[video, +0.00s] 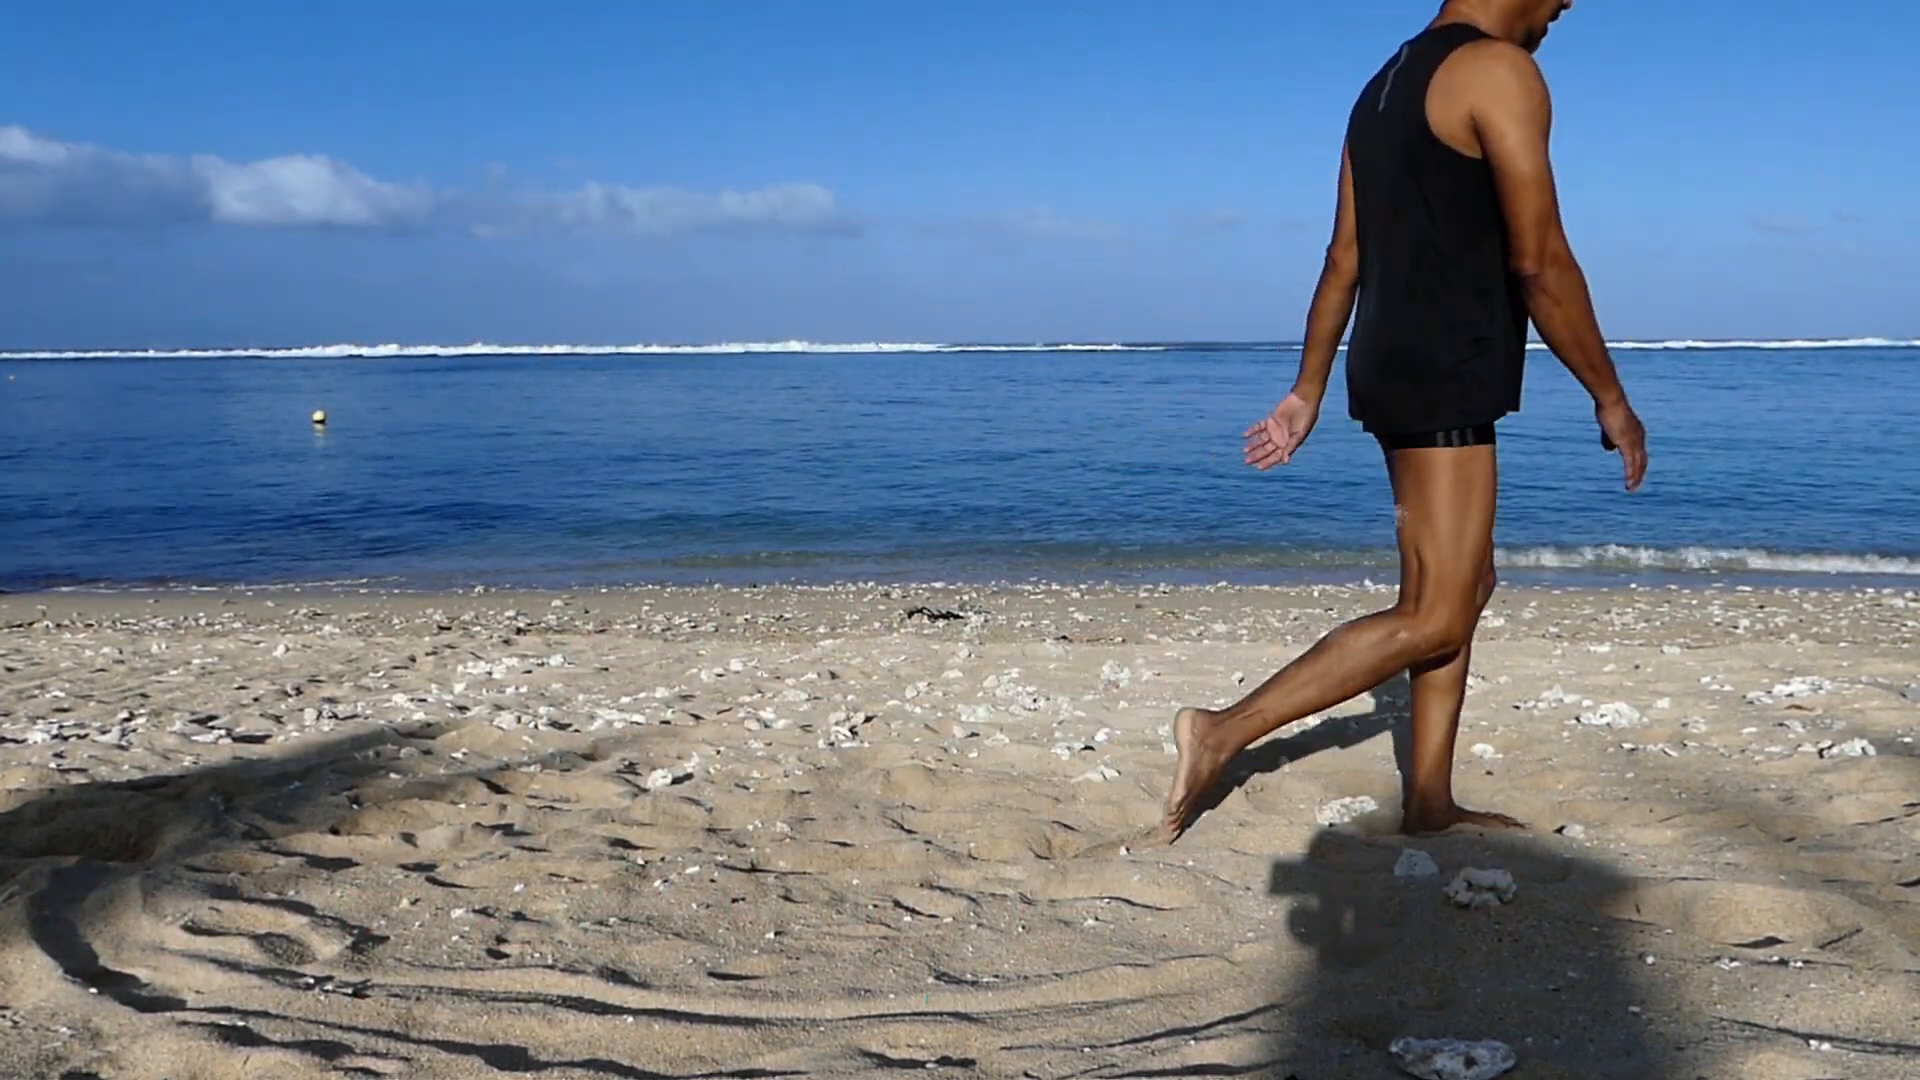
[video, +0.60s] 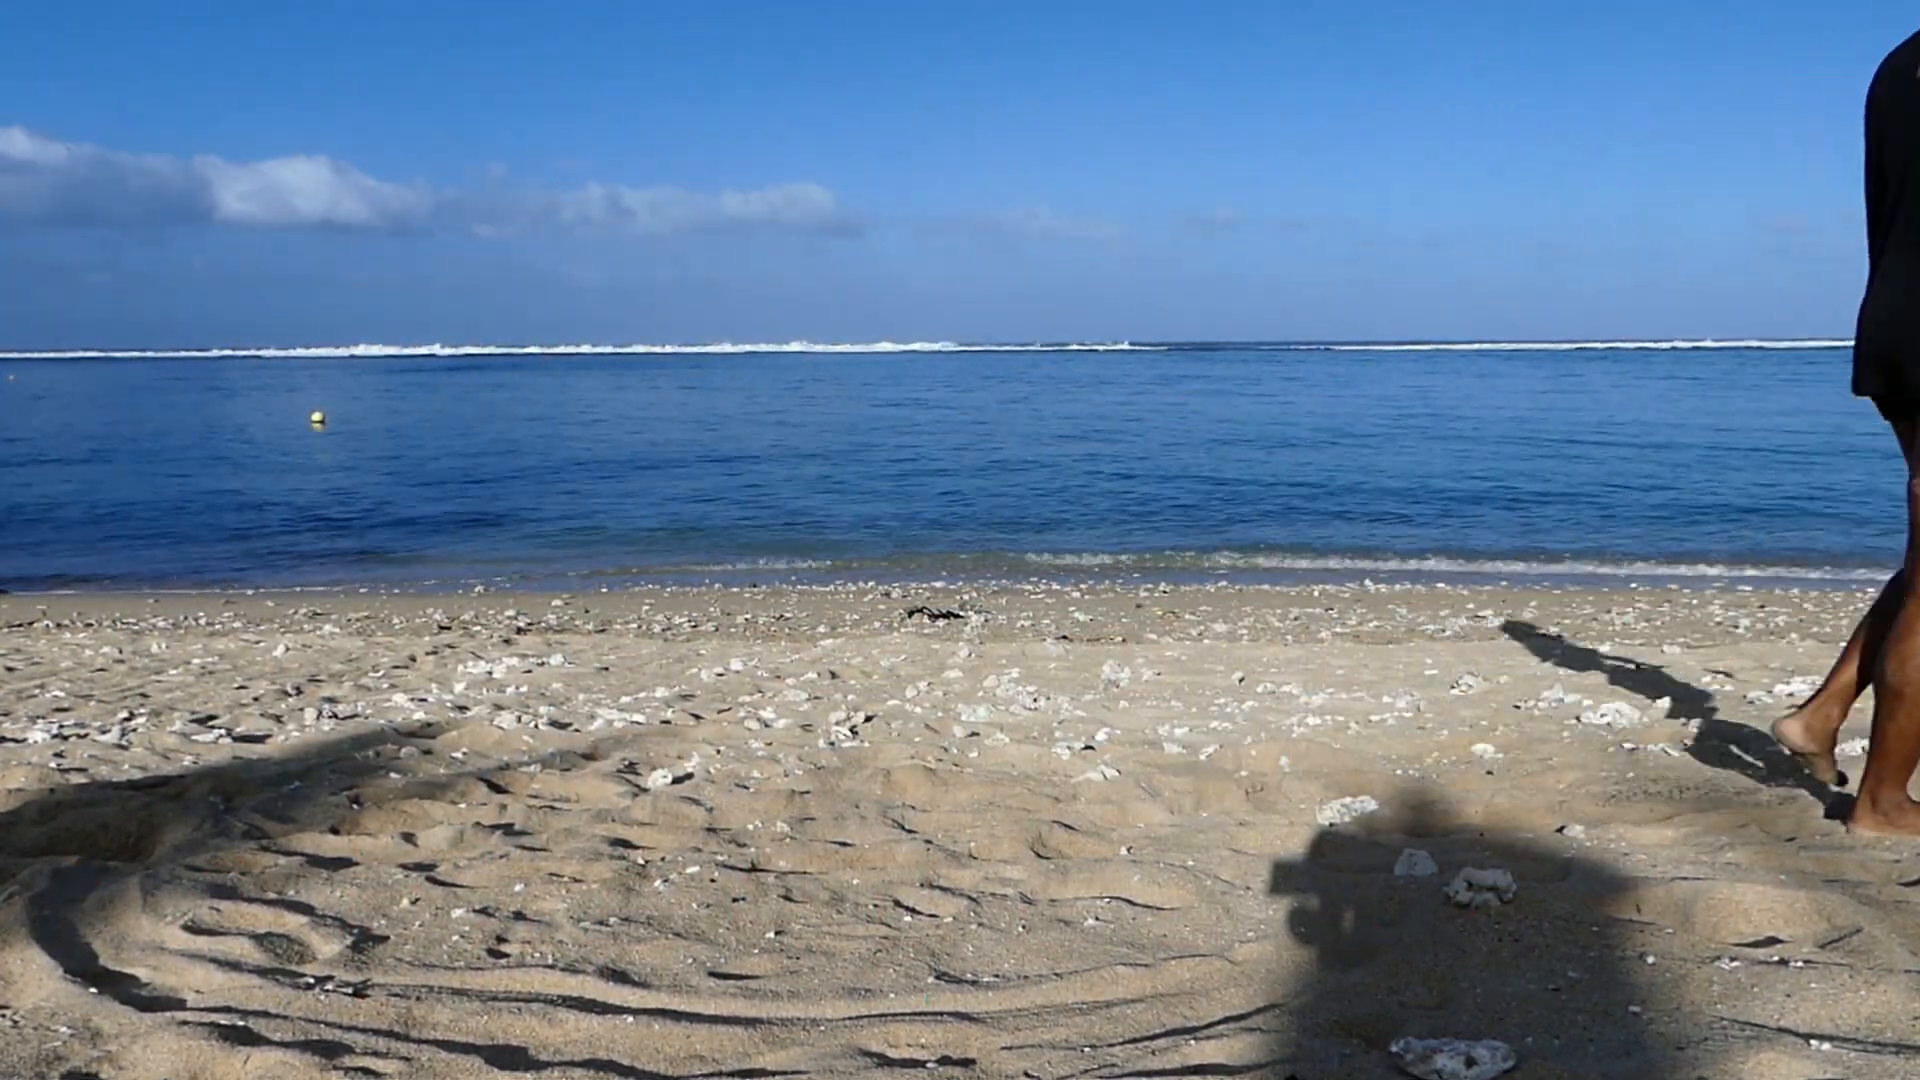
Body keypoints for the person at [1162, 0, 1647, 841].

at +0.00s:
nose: (1555, 21)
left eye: (1559, 10)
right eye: (1557, 8)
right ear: (1532, 0)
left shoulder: (1386, 86)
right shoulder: (1505, 74)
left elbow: (1345, 257)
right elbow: (1541, 263)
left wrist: (1308, 388)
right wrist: (1612, 399)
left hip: (1393, 372)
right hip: (1446, 377)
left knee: (1466, 585)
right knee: (1435, 622)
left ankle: (1428, 804)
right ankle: (1221, 734)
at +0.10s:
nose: (1582, 17)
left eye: (1585, 7)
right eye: (1584, 5)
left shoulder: (1412, 79)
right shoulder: (1529, 71)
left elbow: (1380, 255)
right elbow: (1546, 263)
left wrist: (1362, 388)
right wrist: (1604, 419)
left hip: (1409, 366)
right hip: (1476, 374)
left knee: (1459, 596)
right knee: (1508, 609)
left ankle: (1430, 804)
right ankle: (1289, 719)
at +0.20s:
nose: (1625, 7)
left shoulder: (1459, 65)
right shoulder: (1568, 60)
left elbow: (1453, 245)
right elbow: (1562, 251)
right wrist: (1590, 418)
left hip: (1445, 354)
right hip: (1512, 362)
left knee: (1466, 584)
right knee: (1602, 580)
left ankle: (1429, 804)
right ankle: (1391, 713)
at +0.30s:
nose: (1726, 5)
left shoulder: (1570, 51)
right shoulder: (1669, 49)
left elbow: (1571, 223)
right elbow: (1610, 198)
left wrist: (1669, 340)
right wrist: (1586, 347)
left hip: (1529, 343)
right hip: (1620, 350)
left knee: (1480, 581)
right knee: (1756, 542)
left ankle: (1436, 796)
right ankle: (1694, 768)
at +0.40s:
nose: (1868, 6)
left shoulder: (1689, 66)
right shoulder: (1813, 47)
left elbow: (1736, 234)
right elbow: (1739, 172)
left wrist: (1859, 313)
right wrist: (1687, 293)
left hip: (1656, 341)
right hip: (1756, 350)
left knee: (1564, 569)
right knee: (1844, 582)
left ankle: (1461, 770)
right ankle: (1876, 795)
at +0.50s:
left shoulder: (1789, 73)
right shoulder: (1910, 48)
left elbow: (1779, 234)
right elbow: (1903, 213)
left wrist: (1782, 354)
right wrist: (1901, 369)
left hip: (1780, 355)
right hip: (1872, 358)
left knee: (1735, 571)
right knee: (1903, 600)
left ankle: (1578, 722)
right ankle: (1881, 804)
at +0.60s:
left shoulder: (1897, 69)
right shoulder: (1900, 69)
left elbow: (1881, 220)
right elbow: (1882, 223)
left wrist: (1882, 341)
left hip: (1890, 345)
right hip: (1915, 351)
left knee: (1919, 558)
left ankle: (1817, 719)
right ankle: (1884, 798)